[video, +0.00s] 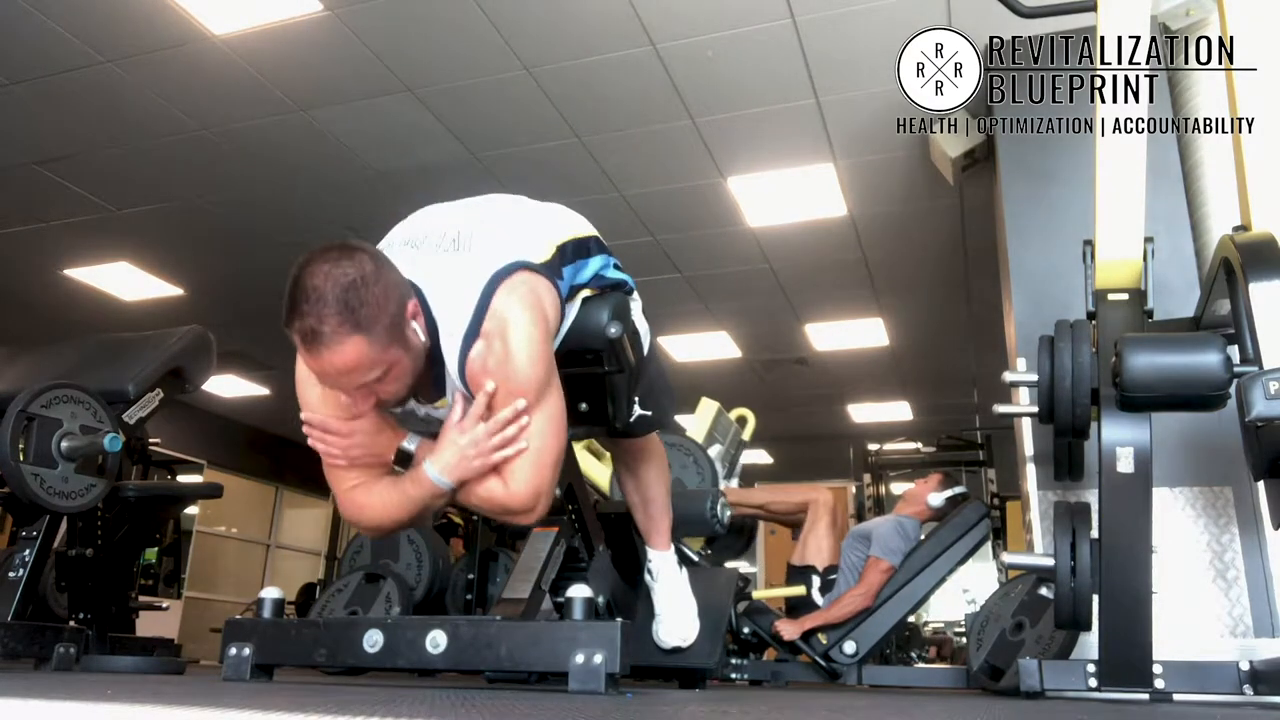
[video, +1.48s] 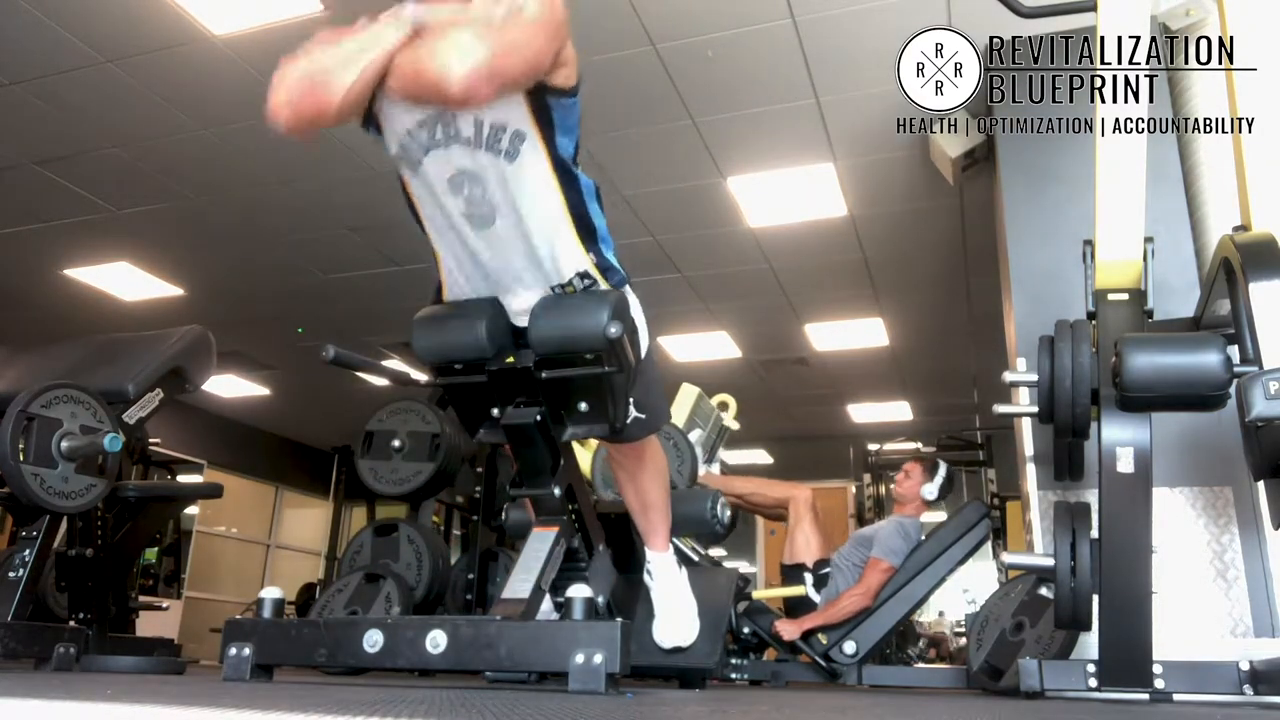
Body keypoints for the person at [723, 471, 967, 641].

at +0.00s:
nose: (916, 481)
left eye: (926, 480)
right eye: (925, 478)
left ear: (930, 497)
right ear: (934, 505)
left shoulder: (895, 528)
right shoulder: (904, 528)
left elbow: (865, 595)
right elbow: (865, 593)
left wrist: (802, 624)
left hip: (818, 608)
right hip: (824, 602)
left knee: (822, 498)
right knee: (820, 506)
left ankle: (722, 493)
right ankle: (732, 506)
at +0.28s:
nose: (918, 482)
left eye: (927, 481)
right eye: (926, 478)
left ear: (932, 499)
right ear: (934, 501)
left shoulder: (898, 529)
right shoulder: (904, 527)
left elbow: (865, 594)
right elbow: (864, 591)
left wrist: (801, 624)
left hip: (816, 604)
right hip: (823, 600)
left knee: (839, 500)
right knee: (841, 506)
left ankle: (734, 506)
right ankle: (747, 516)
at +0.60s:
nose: (917, 482)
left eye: (927, 481)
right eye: (926, 479)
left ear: (933, 497)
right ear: (934, 500)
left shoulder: (899, 528)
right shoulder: (904, 527)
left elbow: (865, 595)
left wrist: (801, 624)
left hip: (816, 605)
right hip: (820, 602)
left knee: (843, 500)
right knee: (843, 504)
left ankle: (739, 509)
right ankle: (750, 519)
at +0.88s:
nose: (917, 478)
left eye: (928, 480)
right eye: (925, 474)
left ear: (936, 505)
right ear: (932, 506)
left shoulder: (899, 530)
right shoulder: (902, 525)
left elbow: (865, 595)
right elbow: (865, 592)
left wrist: (800, 623)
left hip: (817, 607)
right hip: (823, 599)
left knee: (833, 498)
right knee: (838, 499)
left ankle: (730, 501)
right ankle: (743, 512)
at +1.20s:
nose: (910, 478)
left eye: (922, 479)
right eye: (916, 473)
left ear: (935, 501)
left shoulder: (900, 531)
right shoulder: (902, 525)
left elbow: (864, 595)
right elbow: (865, 592)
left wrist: (801, 623)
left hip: (815, 606)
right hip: (820, 599)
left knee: (817, 498)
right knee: (813, 502)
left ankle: (720, 490)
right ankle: (727, 499)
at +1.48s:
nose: (897, 479)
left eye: (907, 476)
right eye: (901, 473)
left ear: (925, 493)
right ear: (920, 494)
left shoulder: (897, 529)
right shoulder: (905, 527)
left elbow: (865, 596)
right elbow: (867, 592)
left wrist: (801, 624)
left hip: (813, 604)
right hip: (817, 598)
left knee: (802, 497)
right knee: (798, 502)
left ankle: (706, 478)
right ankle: (723, 490)